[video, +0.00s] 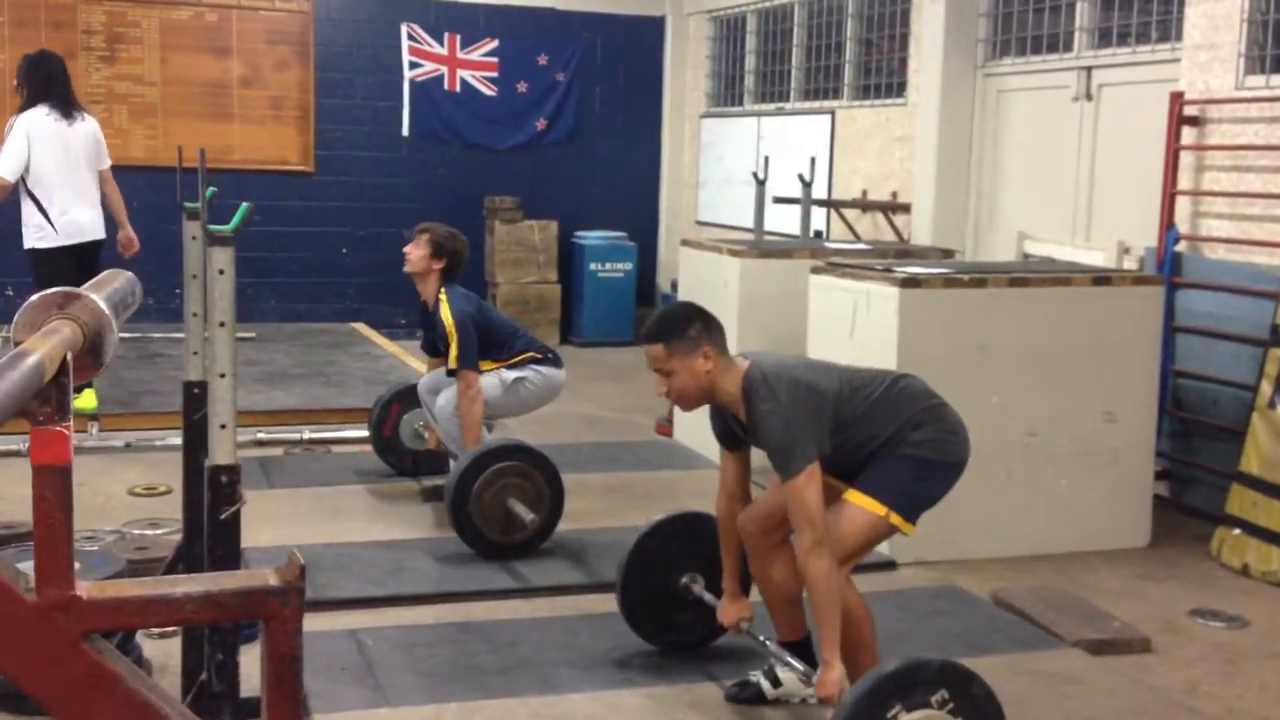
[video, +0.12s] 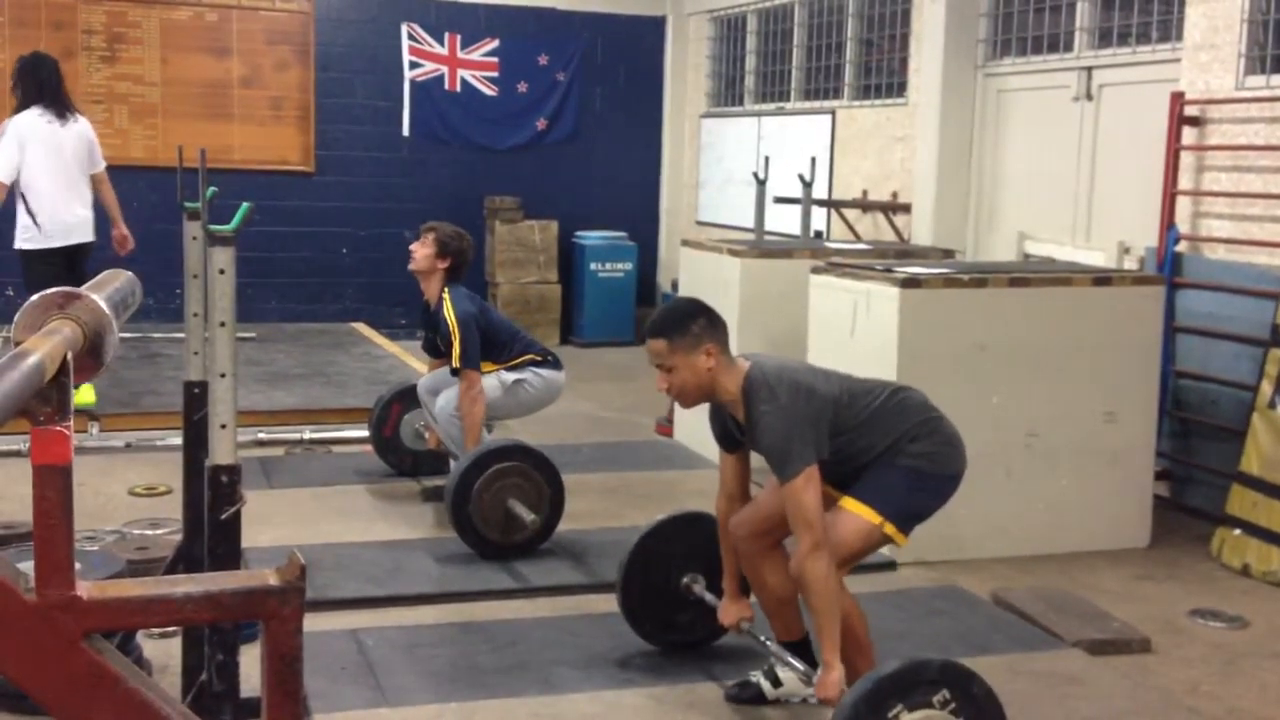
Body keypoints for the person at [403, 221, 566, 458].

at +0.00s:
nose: (405, 249)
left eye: (417, 245)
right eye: (411, 243)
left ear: (438, 263)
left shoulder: (456, 310)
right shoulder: (432, 304)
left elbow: (470, 389)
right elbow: (436, 367)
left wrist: (473, 458)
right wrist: (436, 431)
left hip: (539, 372)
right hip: (513, 369)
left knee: (448, 406)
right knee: (429, 387)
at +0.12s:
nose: (411, 247)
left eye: (423, 243)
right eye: (418, 241)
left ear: (443, 262)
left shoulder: (458, 309)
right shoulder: (434, 305)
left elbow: (472, 389)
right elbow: (438, 368)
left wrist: (474, 458)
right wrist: (436, 434)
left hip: (538, 374)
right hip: (511, 370)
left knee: (448, 407)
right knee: (428, 388)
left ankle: (486, 475)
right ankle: (466, 474)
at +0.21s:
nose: (413, 247)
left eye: (425, 243)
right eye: (419, 240)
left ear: (444, 261)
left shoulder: (457, 308)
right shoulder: (434, 305)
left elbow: (473, 388)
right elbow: (437, 369)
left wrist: (472, 456)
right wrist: (438, 430)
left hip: (538, 374)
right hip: (510, 370)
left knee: (449, 408)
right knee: (429, 388)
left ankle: (490, 480)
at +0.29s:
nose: (412, 247)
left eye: (424, 243)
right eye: (418, 241)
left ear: (444, 262)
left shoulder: (457, 308)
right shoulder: (434, 305)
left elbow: (471, 387)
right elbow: (437, 368)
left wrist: (473, 458)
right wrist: (437, 436)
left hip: (537, 375)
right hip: (511, 371)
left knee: (447, 408)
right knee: (429, 387)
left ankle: (486, 476)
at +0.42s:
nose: (410, 248)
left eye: (423, 244)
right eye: (417, 241)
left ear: (442, 263)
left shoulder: (456, 310)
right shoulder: (433, 306)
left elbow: (469, 388)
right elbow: (437, 368)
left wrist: (472, 456)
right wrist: (437, 430)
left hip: (536, 375)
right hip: (509, 370)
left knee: (445, 409)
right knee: (428, 387)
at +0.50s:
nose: (409, 248)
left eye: (421, 243)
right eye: (415, 241)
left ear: (441, 262)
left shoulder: (456, 310)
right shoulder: (432, 305)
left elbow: (468, 388)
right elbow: (436, 367)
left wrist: (472, 456)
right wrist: (437, 430)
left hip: (536, 375)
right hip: (509, 370)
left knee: (444, 408)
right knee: (428, 386)